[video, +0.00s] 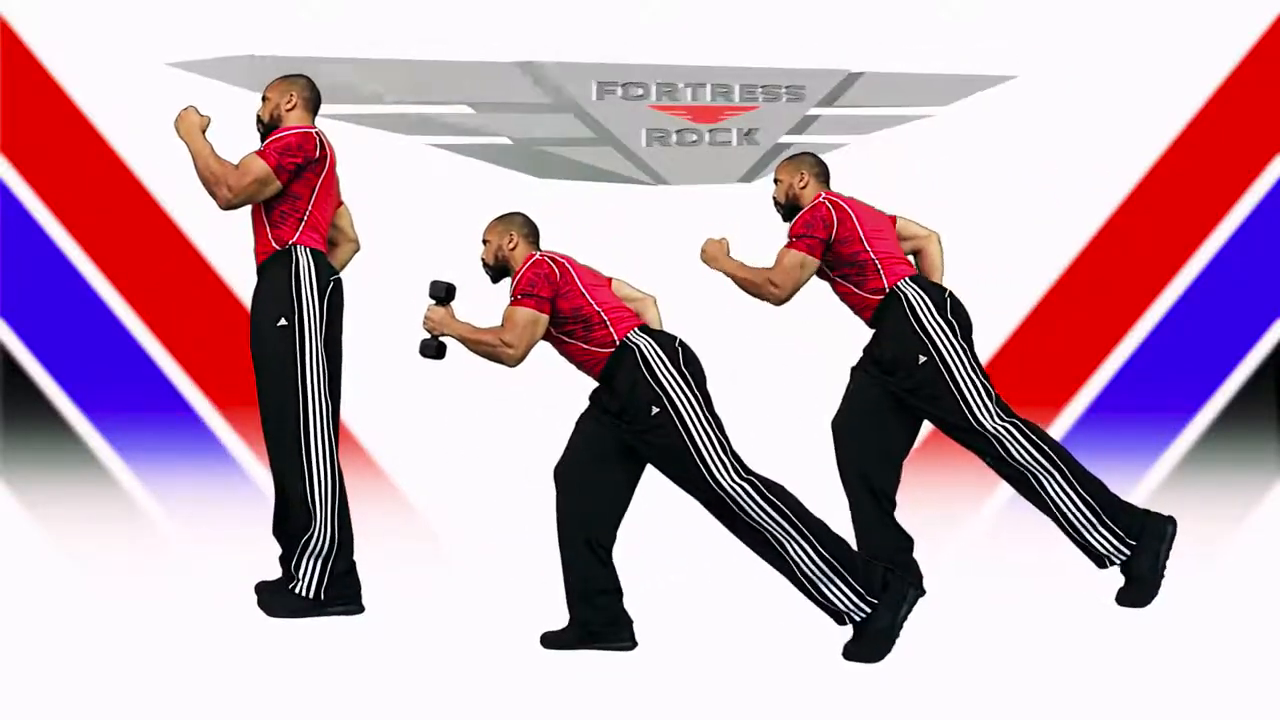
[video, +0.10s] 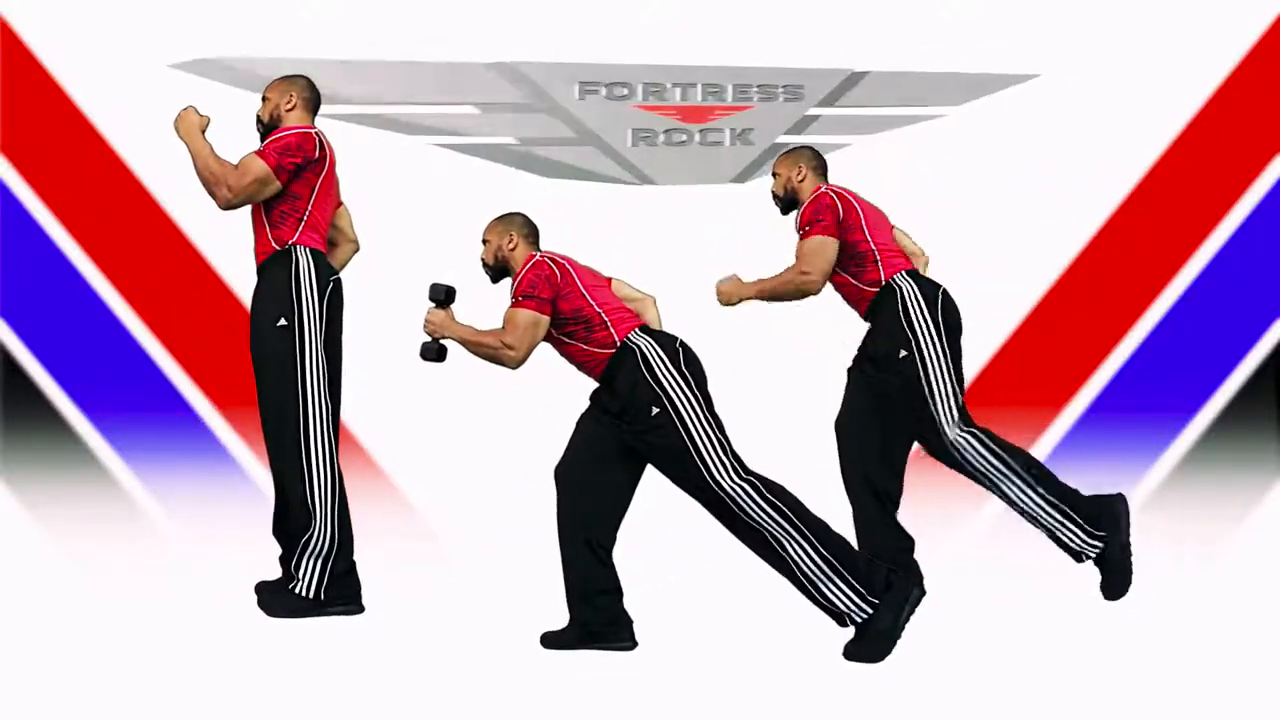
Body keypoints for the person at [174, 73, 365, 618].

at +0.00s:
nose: (258, 108)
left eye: (264, 98)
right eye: (260, 101)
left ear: (288, 101)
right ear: (301, 106)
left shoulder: (299, 141)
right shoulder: (308, 153)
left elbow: (229, 190)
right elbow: (345, 239)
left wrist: (195, 136)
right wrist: (300, 287)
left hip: (296, 285)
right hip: (296, 286)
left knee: (304, 432)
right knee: (295, 432)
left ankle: (323, 583)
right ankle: (309, 575)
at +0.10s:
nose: (258, 109)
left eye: (264, 99)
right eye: (260, 101)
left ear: (287, 100)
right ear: (302, 105)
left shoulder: (298, 141)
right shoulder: (310, 153)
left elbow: (228, 190)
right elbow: (344, 240)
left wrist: (194, 136)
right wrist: (300, 287)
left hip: (295, 284)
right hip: (297, 286)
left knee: (305, 430)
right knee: (296, 431)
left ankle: (322, 582)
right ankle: (311, 574)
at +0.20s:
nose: (258, 108)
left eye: (264, 98)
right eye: (260, 100)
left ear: (287, 100)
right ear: (300, 105)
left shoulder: (298, 142)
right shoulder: (308, 154)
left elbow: (228, 190)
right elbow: (344, 240)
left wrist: (194, 136)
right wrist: (299, 288)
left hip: (295, 285)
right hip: (296, 287)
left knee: (305, 432)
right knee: (295, 433)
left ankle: (322, 582)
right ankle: (310, 575)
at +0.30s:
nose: (257, 109)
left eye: (263, 99)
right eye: (260, 102)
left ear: (287, 101)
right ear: (300, 106)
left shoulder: (298, 142)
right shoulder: (308, 155)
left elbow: (228, 191)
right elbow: (344, 240)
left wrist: (194, 136)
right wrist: (299, 288)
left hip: (295, 285)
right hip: (296, 287)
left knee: (304, 431)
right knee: (295, 432)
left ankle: (322, 582)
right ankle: (311, 575)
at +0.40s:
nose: (257, 109)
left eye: (263, 99)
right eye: (259, 102)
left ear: (287, 100)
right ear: (299, 105)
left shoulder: (299, 141)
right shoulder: (306, 154)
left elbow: (228, 191)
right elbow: (344, 240)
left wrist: (193, 136)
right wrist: (300, 287)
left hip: (295, 285)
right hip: (296, 286)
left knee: (304, 431)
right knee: (295, 432)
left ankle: (322, 582)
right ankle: (311, 575)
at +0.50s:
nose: (257, 111)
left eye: (263, 100)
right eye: (259, 103)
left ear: (287, 101)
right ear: (299, 106)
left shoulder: (299, 141)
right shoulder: (306, 154)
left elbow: (228, 191)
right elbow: (344, 240)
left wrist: (194, 137)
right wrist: (299, 287)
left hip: (296, 285)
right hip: (295, 287)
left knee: (305, 432)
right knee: (295, 432)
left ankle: (322, 582)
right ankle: (310, 575)